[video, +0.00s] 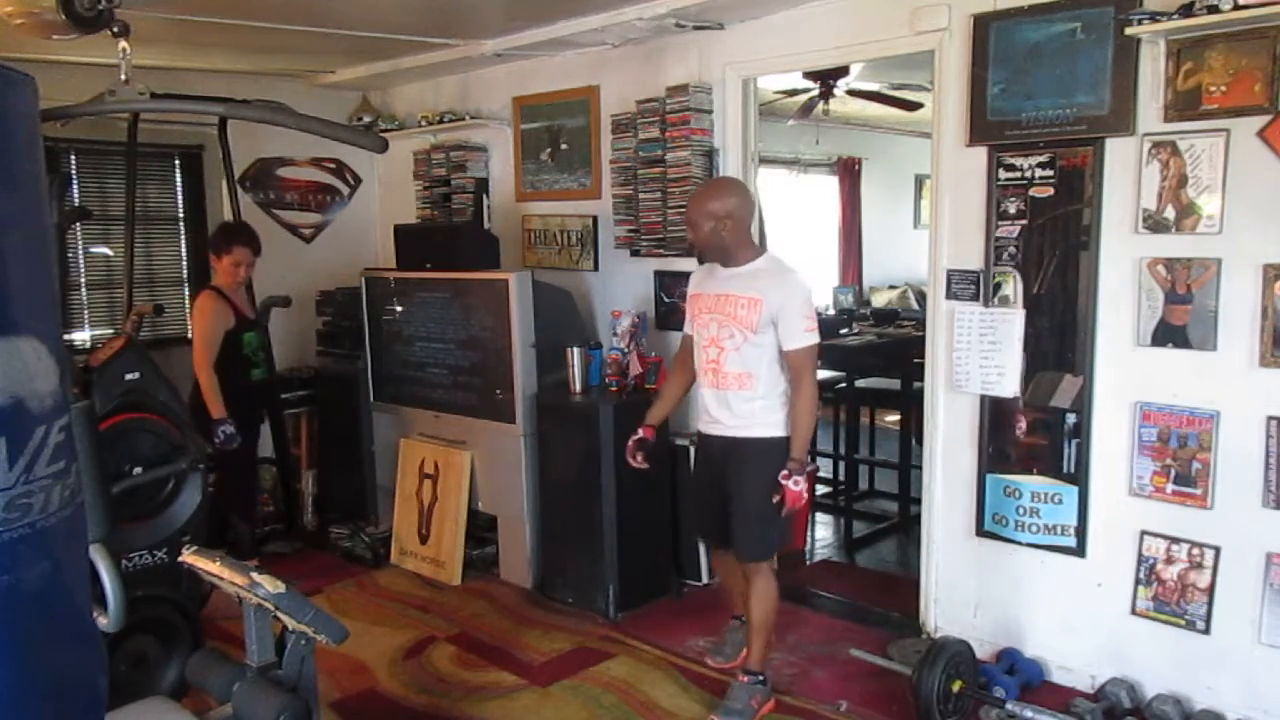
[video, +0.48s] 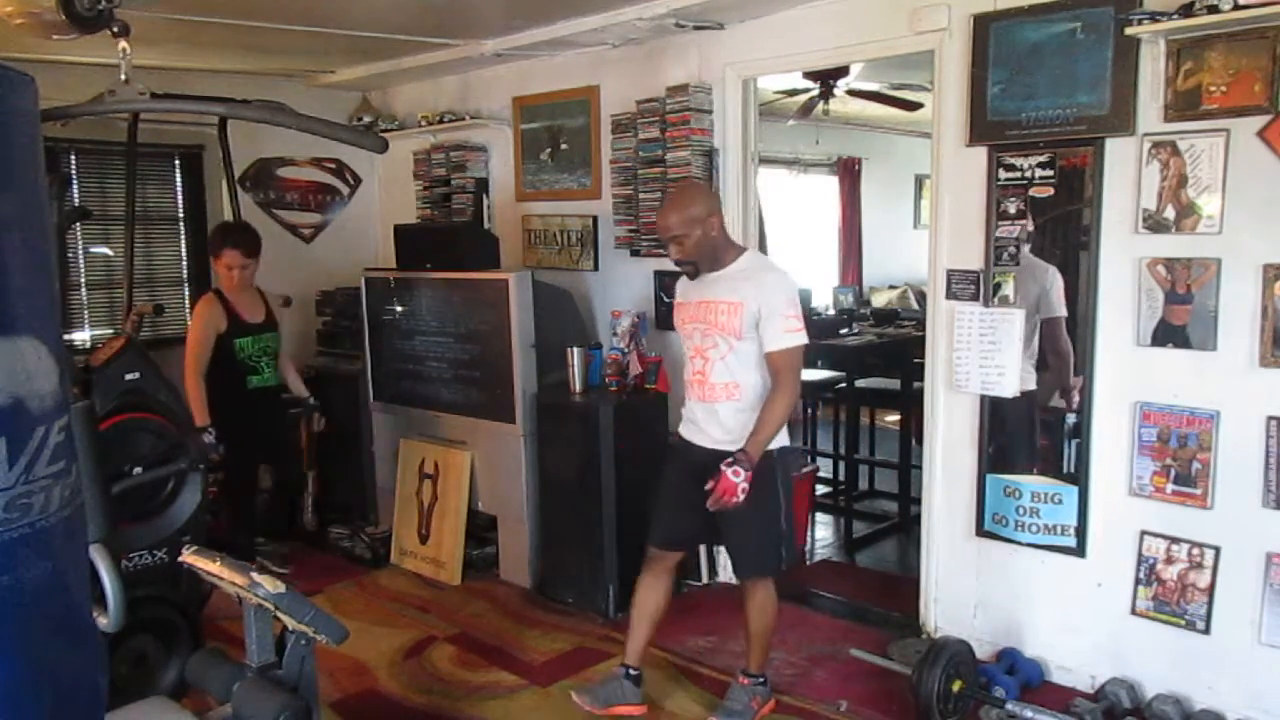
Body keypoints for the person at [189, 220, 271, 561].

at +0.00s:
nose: (244, 273)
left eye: (249, 265)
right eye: (236, 265)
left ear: (255, 262)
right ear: (215, 262)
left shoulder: (243, 292)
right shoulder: (210, 303)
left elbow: (246, 350)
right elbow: (202, 365)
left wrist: (262, 391)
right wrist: (221, 418)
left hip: (247, 402)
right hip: (225, 407)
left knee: (244, 480)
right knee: (232, 484)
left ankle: (243, 548)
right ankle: (230, 552)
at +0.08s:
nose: (244, 273)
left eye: (250, 266)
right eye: (237, 265)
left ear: (255, 263)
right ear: (216, 261)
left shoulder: (244, 294)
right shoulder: (211, 304)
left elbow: (246, 346)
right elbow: (201, 367)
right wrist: (218, 421)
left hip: (251, 405)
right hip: (229, 411)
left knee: (247, 482)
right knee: (236, 486)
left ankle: (246, 548)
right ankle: (233, 553)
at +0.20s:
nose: (244, 274)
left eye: (249, 267)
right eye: (236, 266)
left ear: (256, 263)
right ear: (216, 262)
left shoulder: (248, 294)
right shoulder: (212, 306)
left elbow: (254, 351)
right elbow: (199, 369)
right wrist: (213, 424)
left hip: (259, 406)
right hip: (234, 411)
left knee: (252, 483)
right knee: (240, 487)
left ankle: (250, 548)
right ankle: (238, 553)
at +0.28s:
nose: (241, 274)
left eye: (248, 266)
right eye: (232, 266)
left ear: (257, 263)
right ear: (215, 262)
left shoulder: (253, 298)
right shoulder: (211, 306)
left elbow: (260, 354)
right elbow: (197, 370)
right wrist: (210, 425)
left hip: (264, 406)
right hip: (235, 412)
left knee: (260, 477)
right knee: (243, 485)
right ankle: (239, 548)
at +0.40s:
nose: (239, 275)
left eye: (247, 267)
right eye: (231, 267)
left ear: (256, 263)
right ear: (214, 263)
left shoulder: (260, 300)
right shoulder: (211, 307)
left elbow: (268, 354)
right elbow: (194, 370)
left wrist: (281, 395)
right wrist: (206, 426)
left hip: (267, 410)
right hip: (232, 416)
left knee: (277, 480)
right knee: (239, 490)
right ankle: (241, 553)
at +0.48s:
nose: (237, 276)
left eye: (245, 267)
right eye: (229, 268)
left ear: (258, 263)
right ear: (214, 264)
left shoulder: (264, 300)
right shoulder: (210, 308)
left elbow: (278, 357)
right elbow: (194, 373)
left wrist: (306, 399)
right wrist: (204, 429)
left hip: (270, 412)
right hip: (232, 417)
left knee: (289, 480)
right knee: (240, 492)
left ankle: (274, 547)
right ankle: (240, 558)